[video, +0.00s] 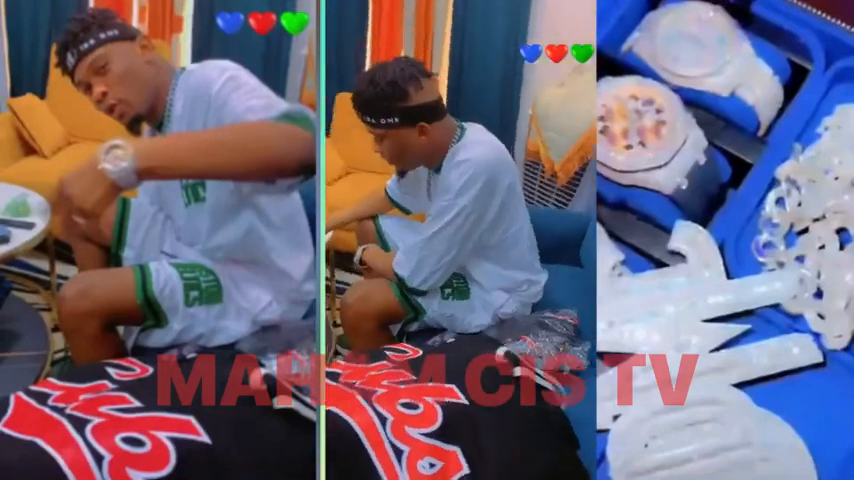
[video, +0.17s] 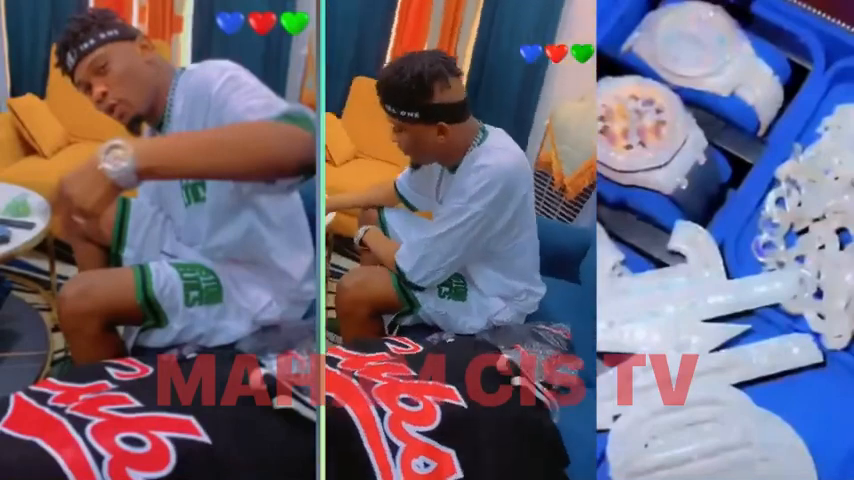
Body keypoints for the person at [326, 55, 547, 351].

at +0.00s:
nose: (377, 149)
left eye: (381, 139)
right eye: (375, 139)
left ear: (421, 132)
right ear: (423, 131)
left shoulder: (476, 165)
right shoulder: (440, 148)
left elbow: (419, 272)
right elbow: (394, 195)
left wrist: (364, 251)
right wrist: (338, 218)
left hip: (497, 290)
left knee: (358, 304)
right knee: (369, 229)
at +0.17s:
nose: (394, 138)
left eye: (399, 130)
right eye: (394, 128)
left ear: (441, 132)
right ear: (441, 130)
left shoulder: (495, 171)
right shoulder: (454, 147)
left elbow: (418, 268)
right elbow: (399, 190)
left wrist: (367, 232)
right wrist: (330, 203)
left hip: (494, 298)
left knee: (356, 290)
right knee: (373, 216)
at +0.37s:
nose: (440, 123)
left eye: (449, 115)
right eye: (443, 112)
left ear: (490, 126)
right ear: (490, 126)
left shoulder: (531, 182)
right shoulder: (484, 145)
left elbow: (426, 267)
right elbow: (409, 184)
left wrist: (362, 224)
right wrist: (337, 191)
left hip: (498, 306)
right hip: (470, 260)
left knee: (360, 284)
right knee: (379, 209)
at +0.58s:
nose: (469, 113)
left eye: (482, 107)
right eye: (475, 102)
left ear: (525, 124)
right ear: (524, 125)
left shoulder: (555, 190)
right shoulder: (498, 145)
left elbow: (447, 278)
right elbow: (414, 189)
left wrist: (359, 232)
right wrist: (334, 194)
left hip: (507, 310)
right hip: (476, 263)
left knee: (366, 293)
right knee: (378, 216)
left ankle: (358, 397)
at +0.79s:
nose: (472, 114)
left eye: (491, 104)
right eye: (473, 100)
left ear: (537, 117)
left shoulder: (551, 195)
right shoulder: (483, 160)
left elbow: (453, 300)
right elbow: (419, 213)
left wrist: (351, 268)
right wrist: (339, 207)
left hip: (496, 331)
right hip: (458, 275)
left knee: (350, 318)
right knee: (352, 231)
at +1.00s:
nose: (468, 115)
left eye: (484, 98)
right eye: (459, 102)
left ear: (524, 100)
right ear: (450, 106)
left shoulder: (544, 179)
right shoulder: (468, 164)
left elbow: (452, 298)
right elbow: (415, 221)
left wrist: (345, 285)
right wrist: (349, 235)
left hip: (496, 334)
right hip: (454, 285)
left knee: (335, 329)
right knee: (346, 239)